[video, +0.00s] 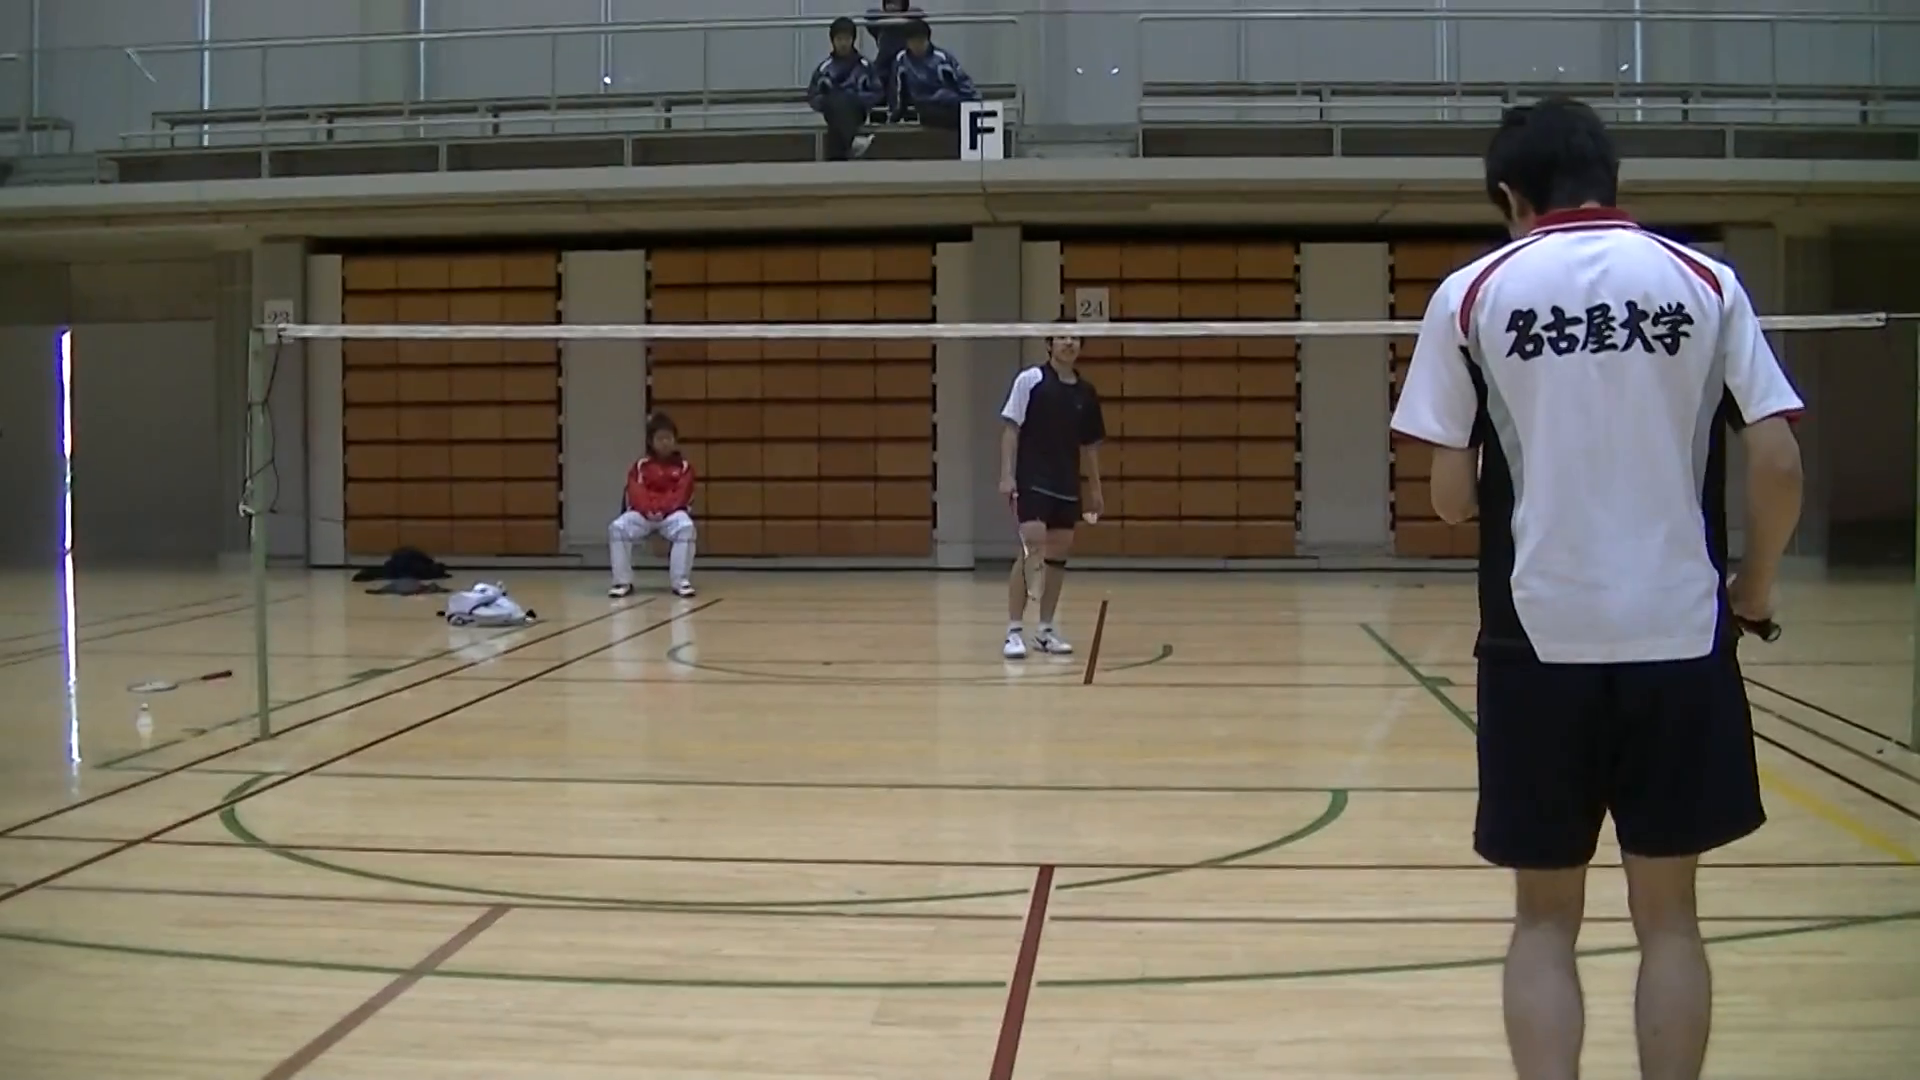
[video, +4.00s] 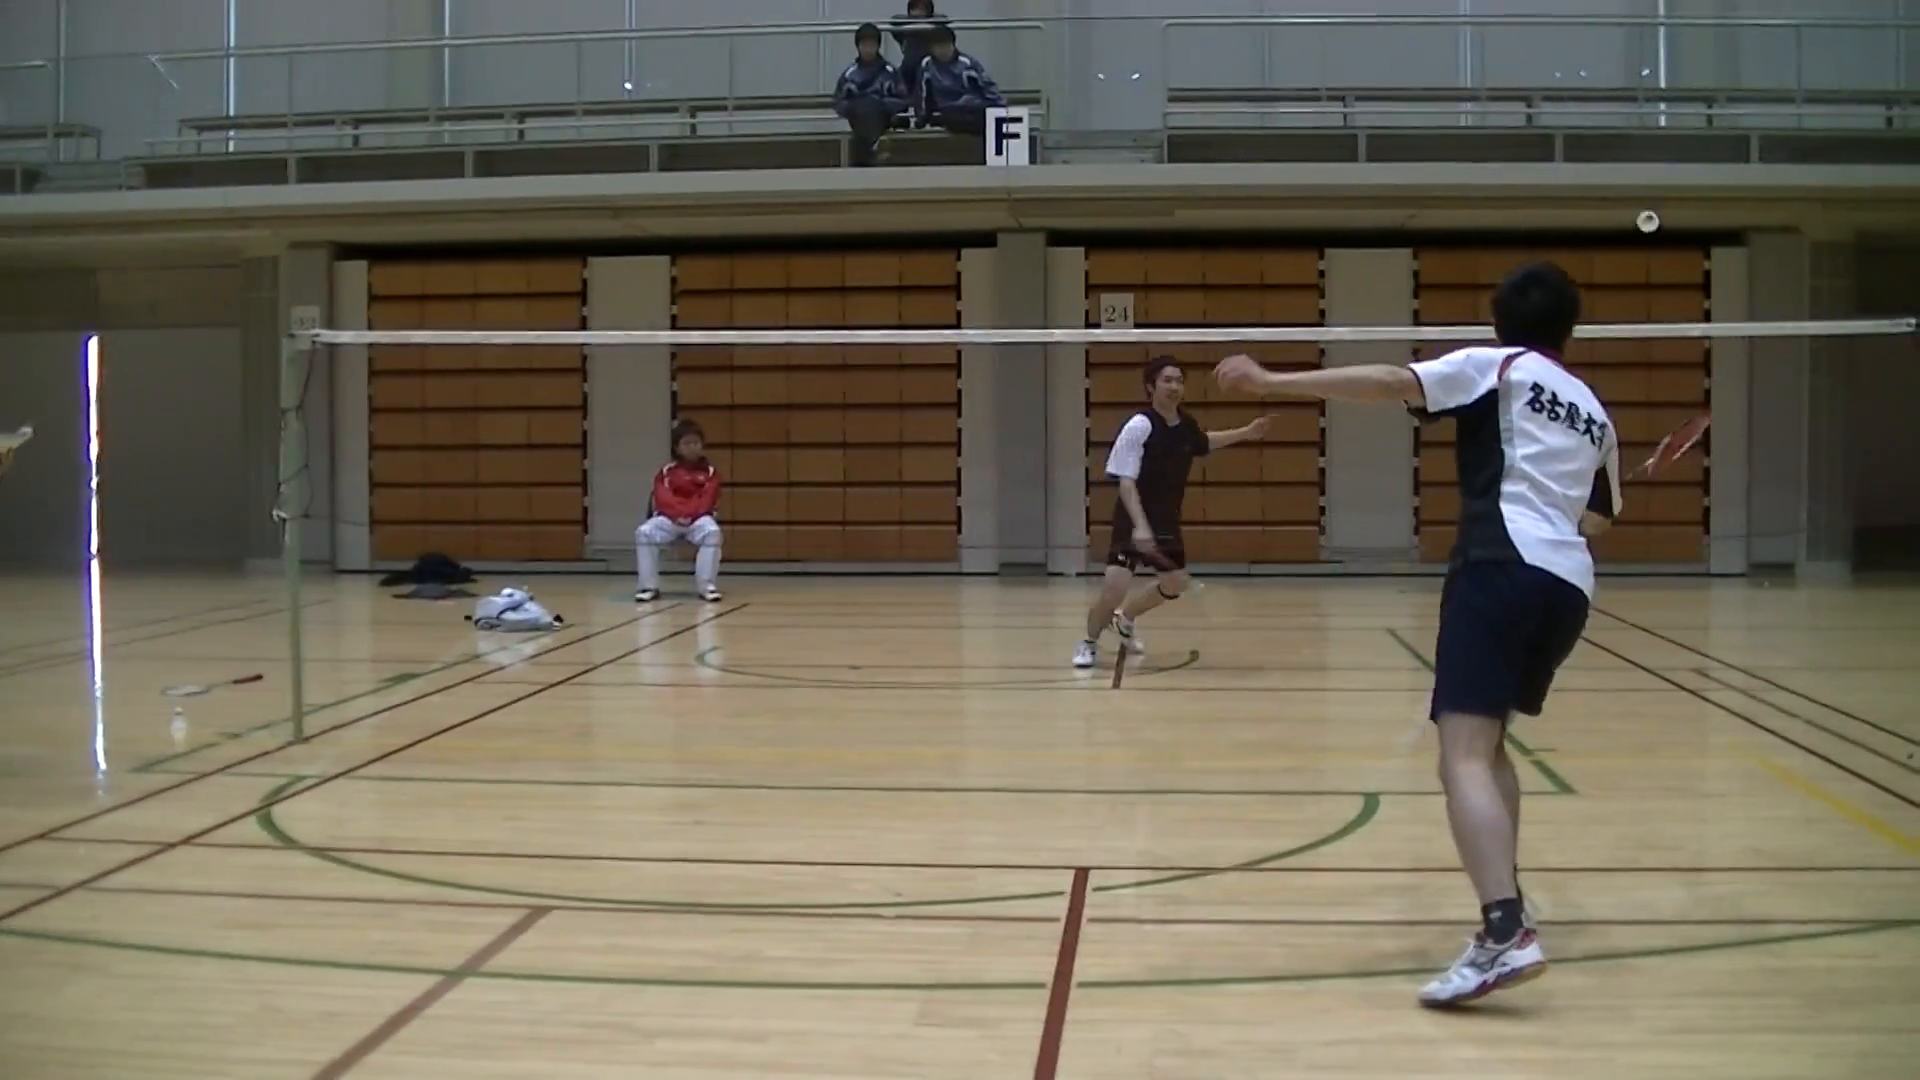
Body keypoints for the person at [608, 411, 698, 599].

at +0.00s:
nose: (665, 443)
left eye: (669, 438)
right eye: (660, 439)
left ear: (675, 440)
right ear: (650, 442)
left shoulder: (683, 467)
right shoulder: (641, 466)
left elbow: (681, 495)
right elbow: (635, 492)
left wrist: (663, 509)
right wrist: (646, 508)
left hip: (671, 513)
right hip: (643, 512)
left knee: (686, 529)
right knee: (618, 528)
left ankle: (680, 581)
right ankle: (622, 582)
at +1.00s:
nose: (661, 450)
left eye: (665, 445)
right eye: (656, 446)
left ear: (670, 448)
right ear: (646, 449)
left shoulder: (679, 474)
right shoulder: (635, 473)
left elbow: (677, 503)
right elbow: (631, 500)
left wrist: (659, 517)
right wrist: (645, 516)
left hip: (667, 520)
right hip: (638, 520)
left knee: (682, 536)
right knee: (613, 536)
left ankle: (676, 588)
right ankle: (618, 590)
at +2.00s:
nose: (658, 450)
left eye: (661, 445)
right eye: (652, 446)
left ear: (668, 447)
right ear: (644, 450)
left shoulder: (677, 475)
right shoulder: (633, 473)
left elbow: (674, 504)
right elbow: (628, 500)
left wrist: (656, 517)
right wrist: (644, 516)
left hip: (664, 520)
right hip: (635, 520)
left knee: (679, 535)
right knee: (610, 535)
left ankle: (673, 587)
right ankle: (615, 589)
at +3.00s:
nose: (656, 449)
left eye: (660, 444)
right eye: (651, 445)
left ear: (667, 447)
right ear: (643, 449)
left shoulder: (676, 474)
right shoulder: (632, 472)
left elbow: (673, 503)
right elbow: (627, 499)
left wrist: (655, 517)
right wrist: (643, 515)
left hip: (663, 519)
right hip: (634, 519)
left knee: (678, 535)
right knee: (609, 535)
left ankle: (672, 587)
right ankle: (614, 588)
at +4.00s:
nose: (692, 448)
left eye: (696, 443)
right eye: (686, 443)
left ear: (702, 445)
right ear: (676, 448)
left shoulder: (710, 472)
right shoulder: (666, 471)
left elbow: (707, 501)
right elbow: (662, 500)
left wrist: (689, 515)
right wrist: (679, 514)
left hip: (698, 518)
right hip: (670, 518)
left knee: (713, 533)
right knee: (644, 533)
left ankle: (706, 585)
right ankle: (648, 587)